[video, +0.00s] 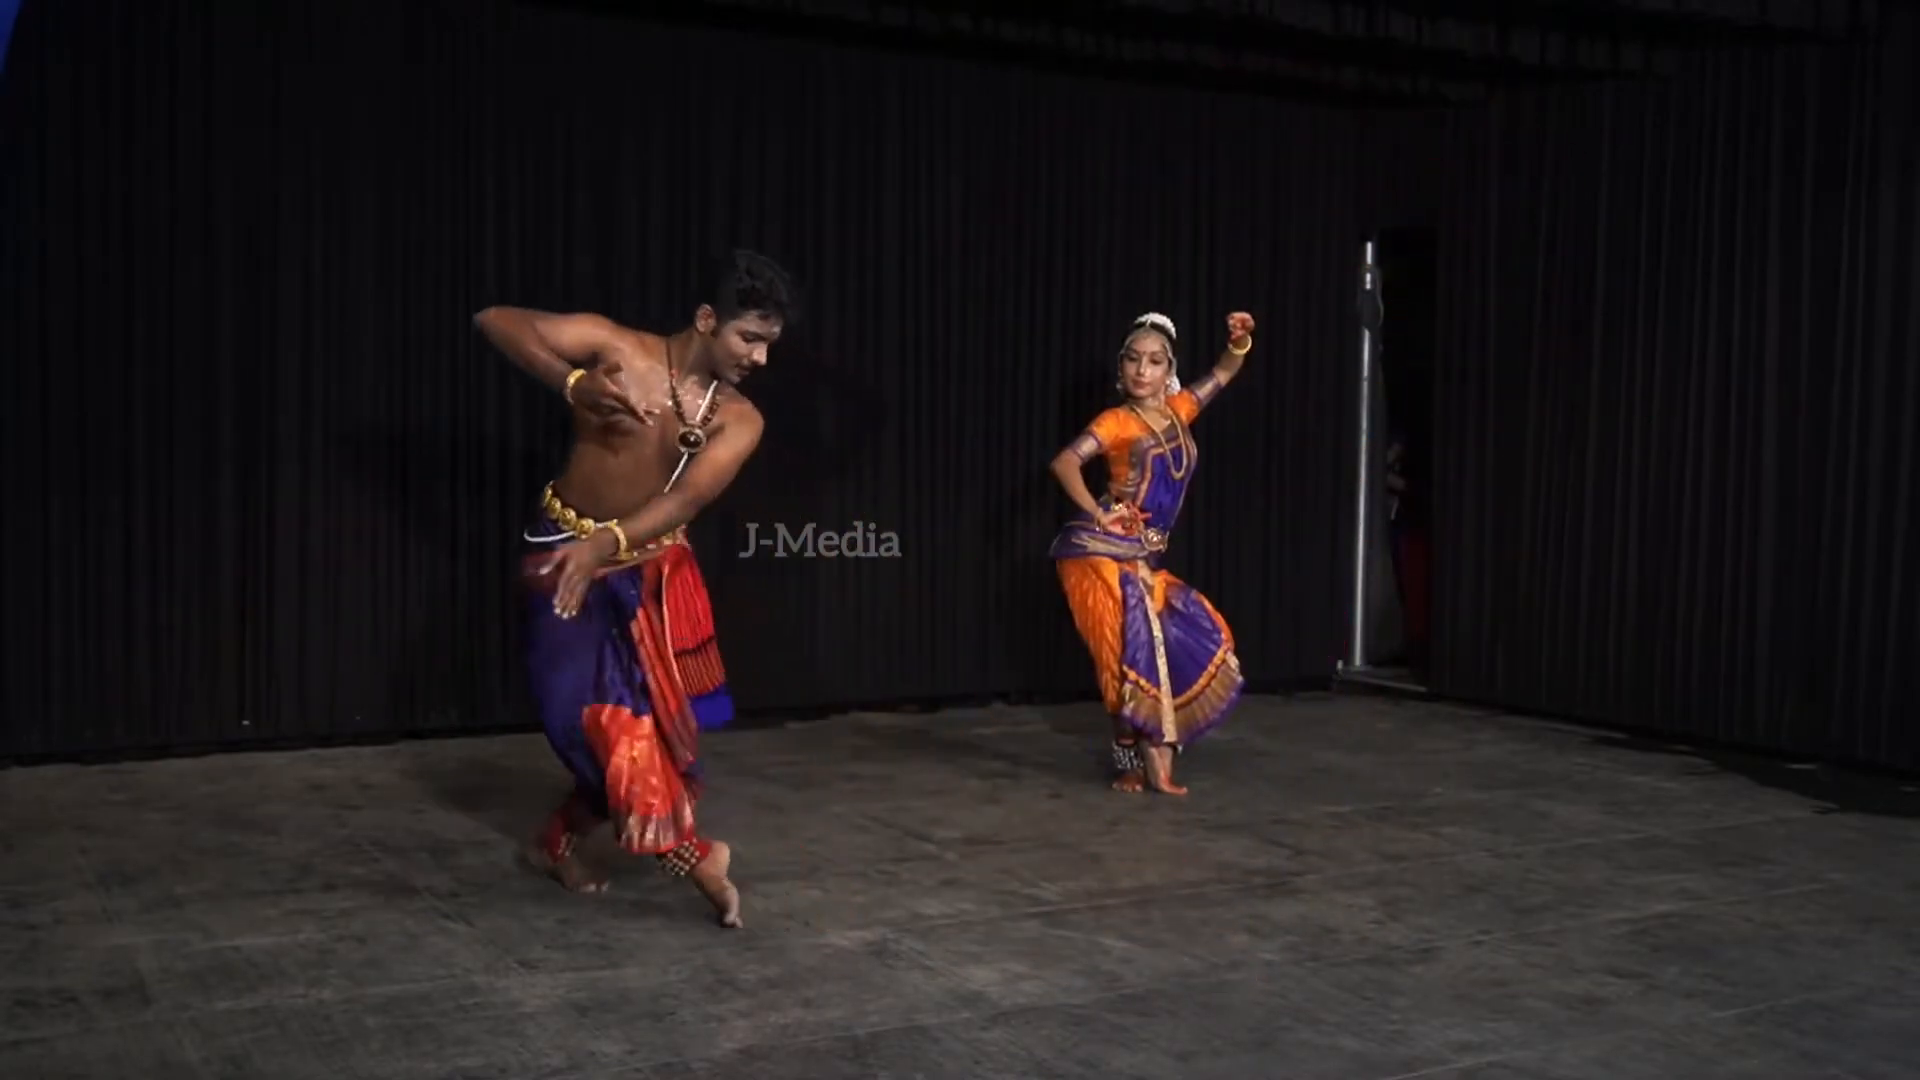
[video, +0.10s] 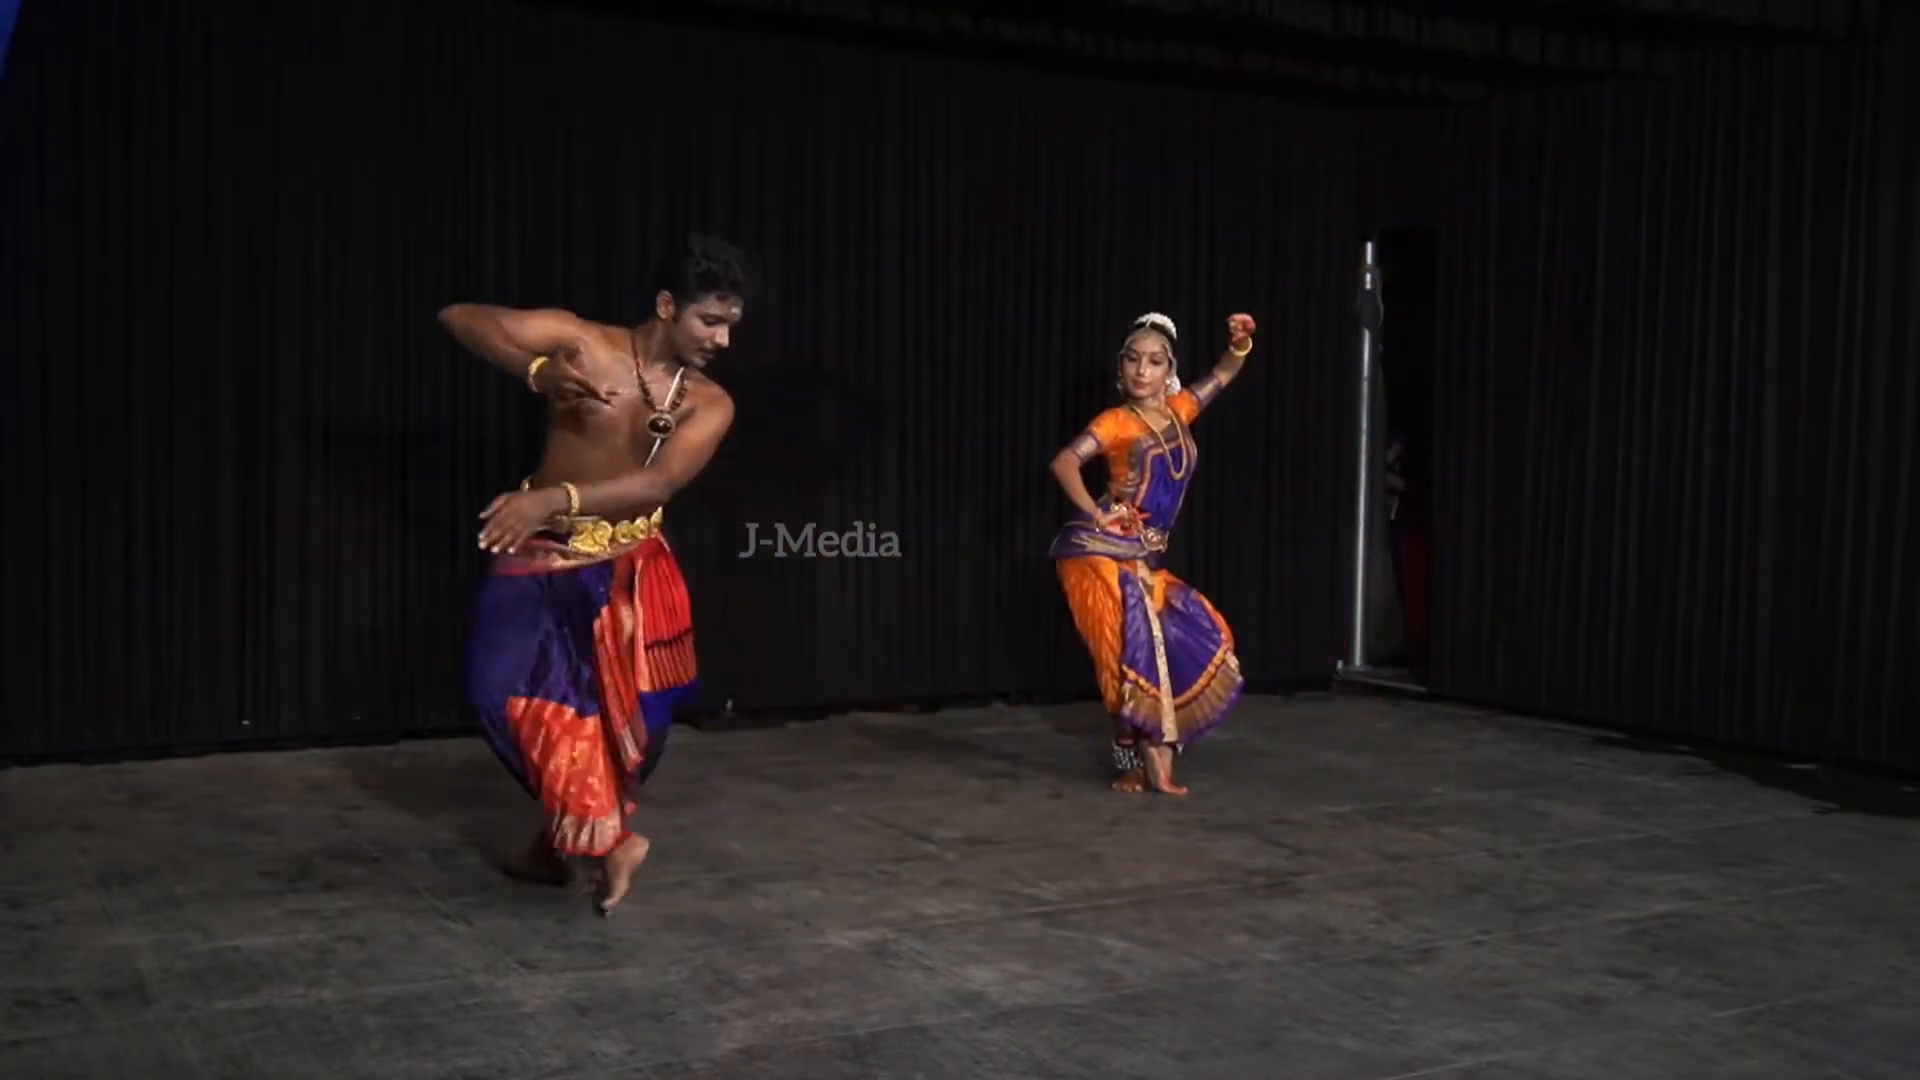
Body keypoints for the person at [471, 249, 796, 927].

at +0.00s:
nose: (759, 356)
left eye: (769, 344)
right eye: (750, 338)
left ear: (773, 346)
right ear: (705, 320)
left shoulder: (740, 420)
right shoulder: (618, 348)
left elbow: (686, 497)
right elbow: (497, 322)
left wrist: (603, 545)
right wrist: (570, 382)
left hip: (654, 565)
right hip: (569, 554)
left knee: (655, 715)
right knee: (574, 710)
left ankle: (564, 833)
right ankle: (695, 855)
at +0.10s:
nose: (721, 339)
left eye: (730, 326)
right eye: (711, 321)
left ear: (734, 328)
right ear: (665, 306)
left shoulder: (710, 405)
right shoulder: (584, 342)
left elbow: (659, 482)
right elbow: (459, 317)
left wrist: (554, 501)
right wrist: (533, 368)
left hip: (628, 570)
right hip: (539, 558)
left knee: (618, 713)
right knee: (501, 686)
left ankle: (553, 841)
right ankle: (613, 839)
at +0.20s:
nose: (688, 323)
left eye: (697, 309)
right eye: (677, 305)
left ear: (702, 310)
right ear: (632, 292)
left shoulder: (682, 391)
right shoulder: (551, 333)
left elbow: (634, 466)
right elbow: (426, 313)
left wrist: (525, 464)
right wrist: (499, 359)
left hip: (609, 558)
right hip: (518, 548)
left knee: (616, 703)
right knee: (455, 670)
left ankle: (563, 845)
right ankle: (520, 828)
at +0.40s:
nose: (624, 294)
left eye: (633, 281)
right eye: (612, 277)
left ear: (637, 283)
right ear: (566, 268)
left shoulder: (625, 364)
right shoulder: (490, 318)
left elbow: (583, 435)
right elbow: (363, 298)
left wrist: (466, 430)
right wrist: (430, 345)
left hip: (564, 539)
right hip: (470, 534)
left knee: (602, 690)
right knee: (422, 675)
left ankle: (558, 842)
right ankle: (452, 837)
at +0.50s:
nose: (596, 288)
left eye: (602, 274)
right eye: (582, 271)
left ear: (603, 278)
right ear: (535, 267)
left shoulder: (597, 360)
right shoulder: (461, 320)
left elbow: (558, 430)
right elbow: (332, 300)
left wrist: (442, 428)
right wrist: (399, 341)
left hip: (529, 543)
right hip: (435, 537)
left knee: (606, 643)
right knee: (411, 686)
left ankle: (559, 806)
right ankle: (450, 839)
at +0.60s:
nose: (572, 285)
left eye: (577, 272)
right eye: (558, 269)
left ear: (577, 276)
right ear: (512, 268)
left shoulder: (574, 358)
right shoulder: (437, 321)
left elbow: (538, 427)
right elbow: (310, 304)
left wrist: (419, 425)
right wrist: (372, 339)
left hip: (511, 521)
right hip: (420, 522)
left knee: (614, 566)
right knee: (403, 674)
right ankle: (449, 839)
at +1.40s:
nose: (507, 281)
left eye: (511, 268)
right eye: (491, 266)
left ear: (510, 273)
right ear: (445, 267)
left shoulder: (511, 356)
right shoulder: (374, 322)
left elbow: (478, 425)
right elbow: (244, 308)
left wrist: (365, 429)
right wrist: (305, 341)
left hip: (457, 499)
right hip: (373, 509)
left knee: (565, 491)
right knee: (364, 674)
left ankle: (451, 641)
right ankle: (447, 838)